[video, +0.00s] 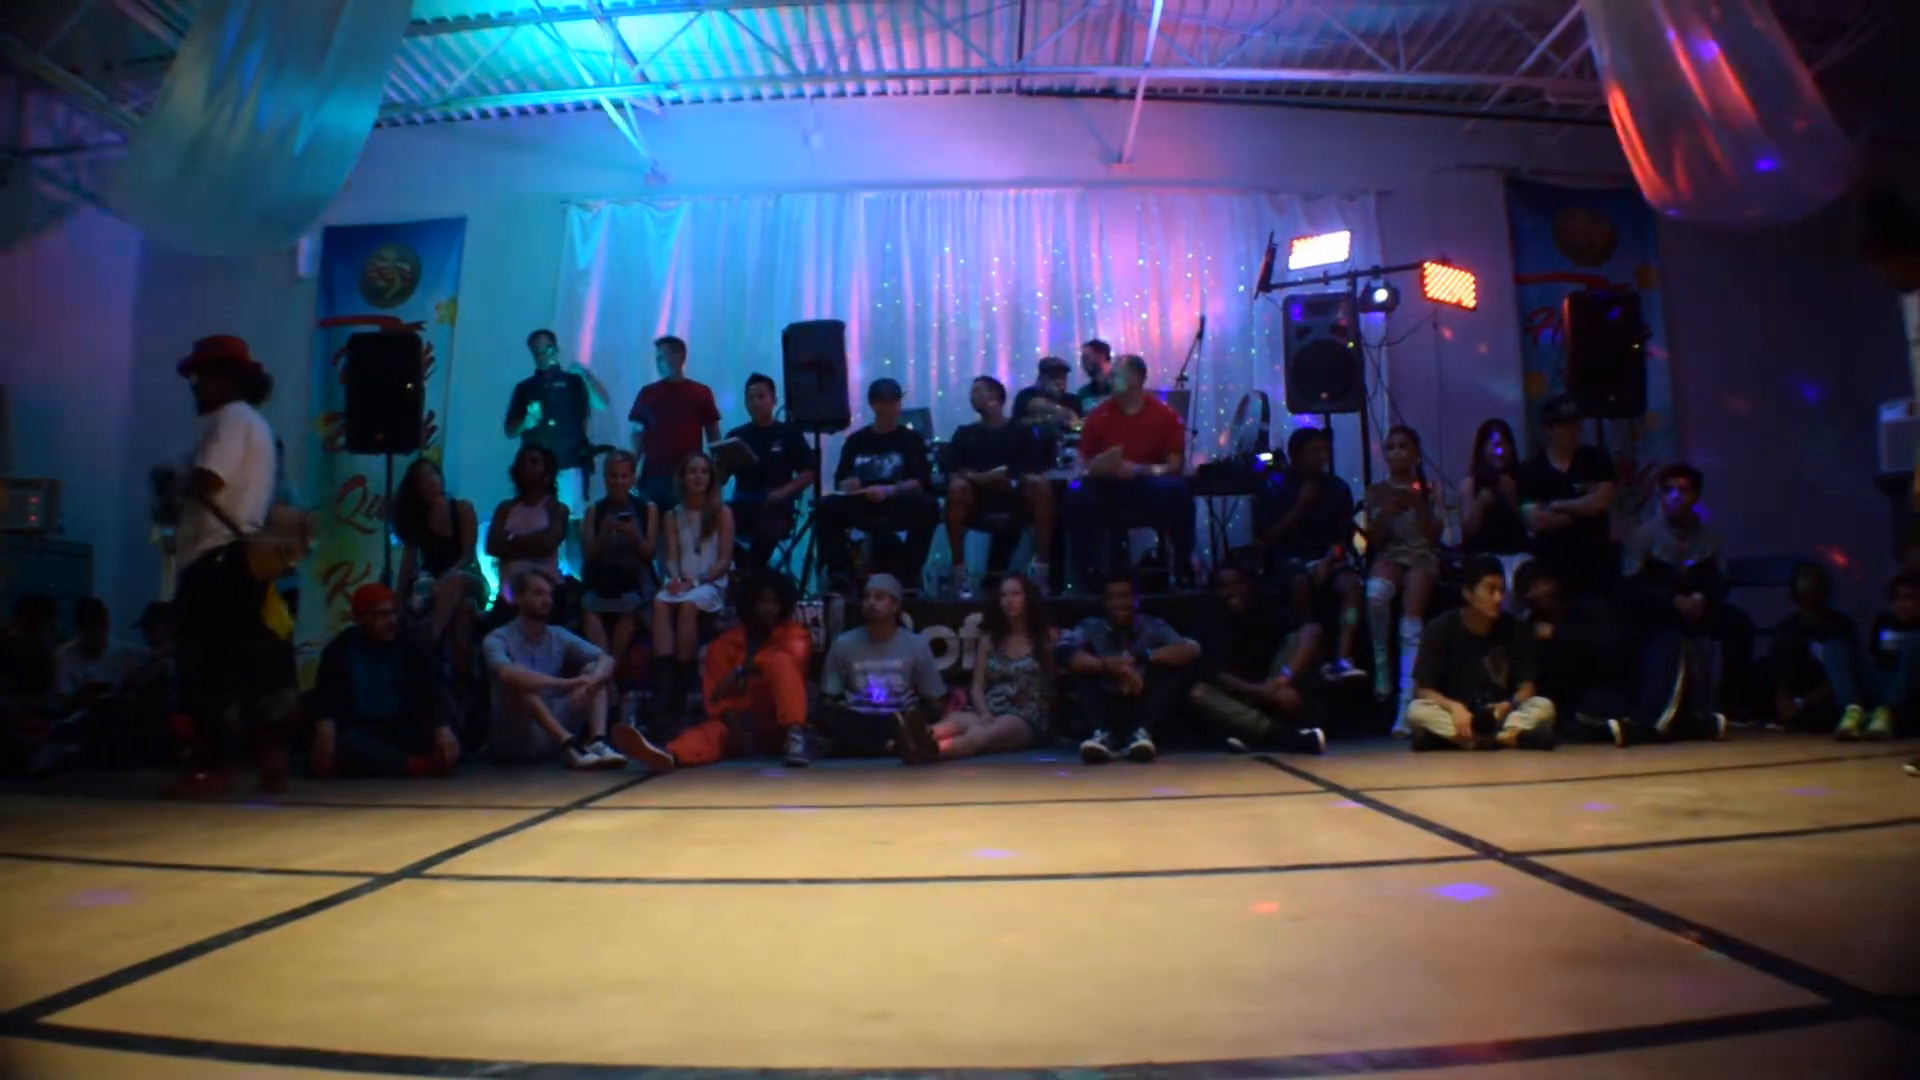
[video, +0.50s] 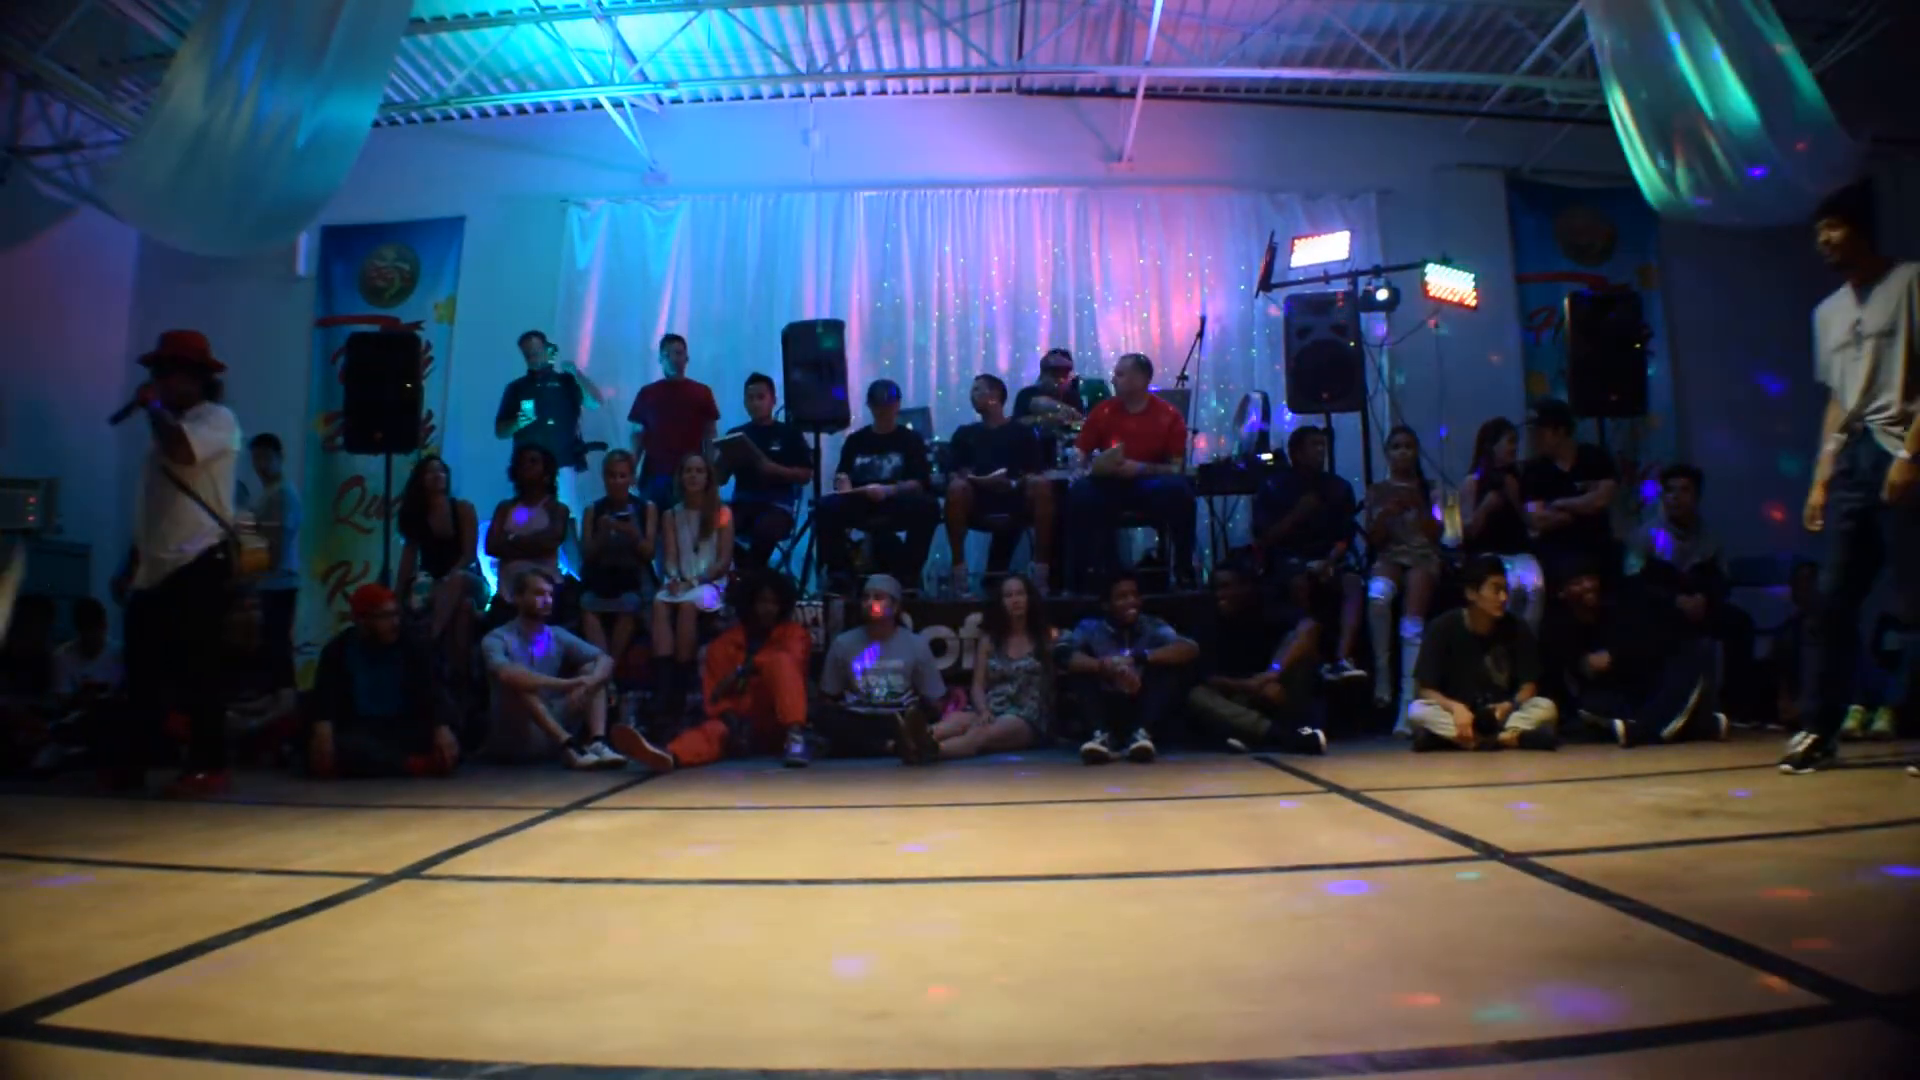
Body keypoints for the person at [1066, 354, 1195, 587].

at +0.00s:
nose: (1115, 381)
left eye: (1121, 375)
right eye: (1113, 375)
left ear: (1139, 379)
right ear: (1110, 380)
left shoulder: (1165, 417)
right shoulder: (1098, 417)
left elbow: (1174, 466)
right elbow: (1083, 464)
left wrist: (1136, 469)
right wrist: (1099, 467)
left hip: (1147, 485)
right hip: (1108, 485)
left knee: (1177, 492)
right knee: (1078, 495)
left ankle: (1182, 570)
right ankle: (1083, 575)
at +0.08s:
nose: (1111, 381)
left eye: (1118, 376)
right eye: (1111, 376)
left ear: (1139, 379)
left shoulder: (1164, 416)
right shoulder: (1100, 415)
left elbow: (1175, 465)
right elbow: (1084, 462)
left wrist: (1135, 469)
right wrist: (1098, 467)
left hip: (1147, 485)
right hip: (1108, 484)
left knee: (1179, 493)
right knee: (1077, 496)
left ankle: (1182, 571)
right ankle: (1080, 578)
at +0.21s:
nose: (1114, 381)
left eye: (1121, 375)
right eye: (1114, 375)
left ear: (1141, 380)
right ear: (1114, 378)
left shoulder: (1167, 416)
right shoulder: (1102, 414)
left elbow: (1175, 465)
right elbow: (1082, 461)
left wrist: (1136, 468)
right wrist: (1096, 467)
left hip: (1148, 484)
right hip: (1108, 483)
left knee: (1180, 494)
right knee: (1078, 496)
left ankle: (1183, 572)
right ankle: (1079, 578)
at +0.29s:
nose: (1115, 379)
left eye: (1122, 374)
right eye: (1115, 374)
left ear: (1143, 379)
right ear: (1115, 378)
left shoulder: (1168, 416)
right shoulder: (1102, 414)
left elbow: (1176, 466)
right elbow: (1083, 461)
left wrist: (1137, 468)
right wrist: (1098, 466)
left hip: (1149, 484)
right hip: (1109, 484)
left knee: (1180, 493)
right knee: (1079, 496)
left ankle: (1183, 571)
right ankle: (1080, 577)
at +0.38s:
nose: (1115, 380)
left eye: (1122, 374)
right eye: (1115, 374)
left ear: (1143, 379)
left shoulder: (1168, 415)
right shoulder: (1102, 412)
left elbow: (1176, 466)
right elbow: (1083, 457)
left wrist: (1139, 468)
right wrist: (1100, 466)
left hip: (1149, 483)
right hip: (1110, 482)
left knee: (1180, 494)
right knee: (1080, 496)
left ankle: (1183, 571)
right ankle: (1082, 576)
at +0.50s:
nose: (1114, 380)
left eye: (1121, 375)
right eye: (1114, 374)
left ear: (1143, 380)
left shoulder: (1168, 415)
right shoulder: (1103, 412)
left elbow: (1176, 467)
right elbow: (1079, 456)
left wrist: (1137, 468)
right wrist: (1098, 465)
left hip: (1149, 483)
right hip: (1110, 482)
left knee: (1179, 492)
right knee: (1081, 493)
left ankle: (1183, 572)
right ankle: (1084, 575)